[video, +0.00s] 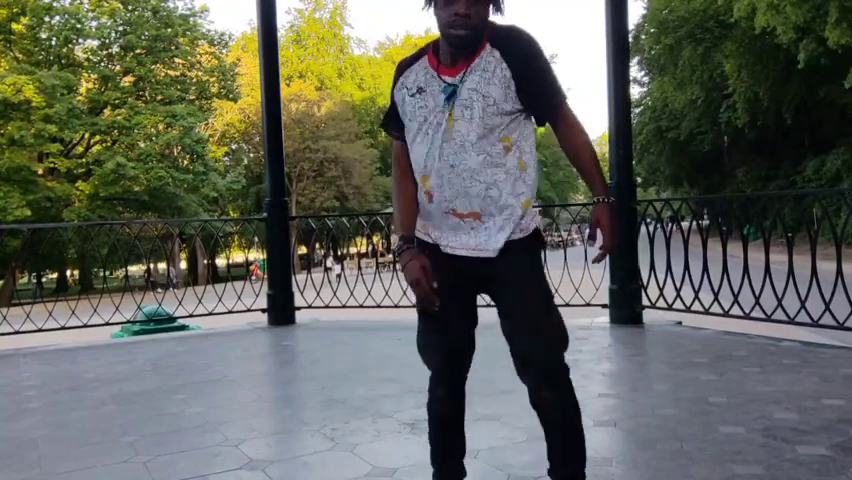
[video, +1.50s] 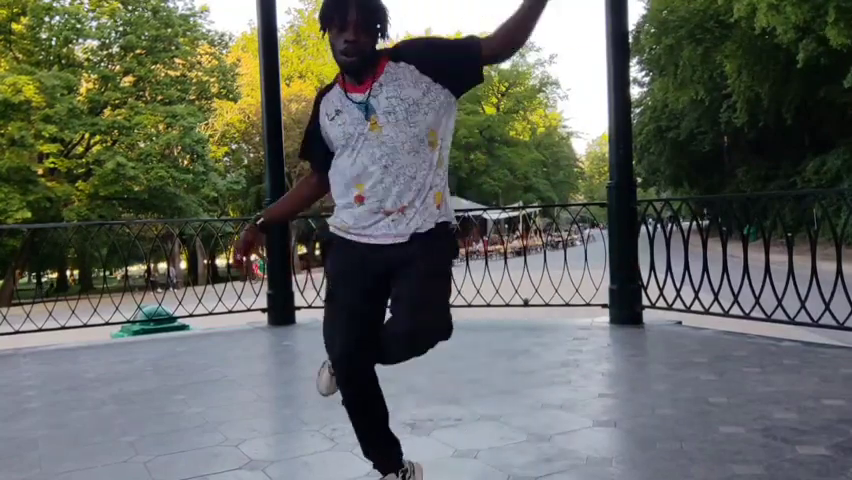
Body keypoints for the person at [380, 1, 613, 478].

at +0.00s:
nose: (462, 11)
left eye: (474, 3)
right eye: (451, 2)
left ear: (490, 8)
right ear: (434, 7)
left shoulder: (513, 47)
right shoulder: (408, 73)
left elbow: (563, 121)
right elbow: (403, 166)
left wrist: (602, 197)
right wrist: (406, 244)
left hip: (512, 247)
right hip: (441, 251)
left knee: (545, 373)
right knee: (445, 380)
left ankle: (568, 473)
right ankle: (447, 473)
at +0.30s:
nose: (446, 19)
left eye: (457, 9)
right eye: (433, 9)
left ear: (470, 14)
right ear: (415, 16)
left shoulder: (497, 91)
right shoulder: (399, 52)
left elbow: (550, 171)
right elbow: (383, 126)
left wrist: (603, 248)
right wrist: (370, 202)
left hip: (475, 251)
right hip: (409, 249)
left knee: (501, 367)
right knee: (395, 361)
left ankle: (567, 468)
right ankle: (440, 471)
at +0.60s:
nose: (388, 32)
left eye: (400, 22)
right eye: (378, 22)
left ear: (420, 27)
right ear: (364, 29)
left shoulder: (454, 90)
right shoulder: (354, 78)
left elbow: (439, 188)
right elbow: (324, 123)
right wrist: (301, 177)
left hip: (458, 261)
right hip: (385, 260)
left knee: (470, 364)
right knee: (356, 370)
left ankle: (480, 446)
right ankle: (415, 468)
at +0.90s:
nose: (381, 34)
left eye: (392, 25)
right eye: (372, 26)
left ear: (411, 31)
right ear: (360, 37)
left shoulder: (433, 60)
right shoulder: (358, 116)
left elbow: (447, 134)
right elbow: (340, 192)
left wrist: (368, 190)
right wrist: (280, 213)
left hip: (431, 251)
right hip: (368, 254)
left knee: (436, 360)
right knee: (374, 367)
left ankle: (400, 393)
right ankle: (398, 471)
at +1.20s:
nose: (379, 28)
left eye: (390, 18)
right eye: (369, 19)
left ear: (406, 24)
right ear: (358, 28)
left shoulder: (431, 79)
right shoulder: (342, 99)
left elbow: (468, 148)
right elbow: (343, 185)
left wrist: (496, 172)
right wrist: (316, 247)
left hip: (415, 199)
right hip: (356, 221)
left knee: (403, 271)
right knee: (368, 354)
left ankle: (428, 365)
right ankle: (415, 469)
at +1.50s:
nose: (350, 39)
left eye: (362, 29)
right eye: (340, 29)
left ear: (379, 30)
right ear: (326, 33)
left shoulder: (420, 60)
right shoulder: (327, 105)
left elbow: (498, 46)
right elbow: (317, 179)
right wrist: (261, 221)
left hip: (424, 233)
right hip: (354, 242)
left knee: (422, 330)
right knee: (347, 351)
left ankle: (346, 354)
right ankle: (393, 468)